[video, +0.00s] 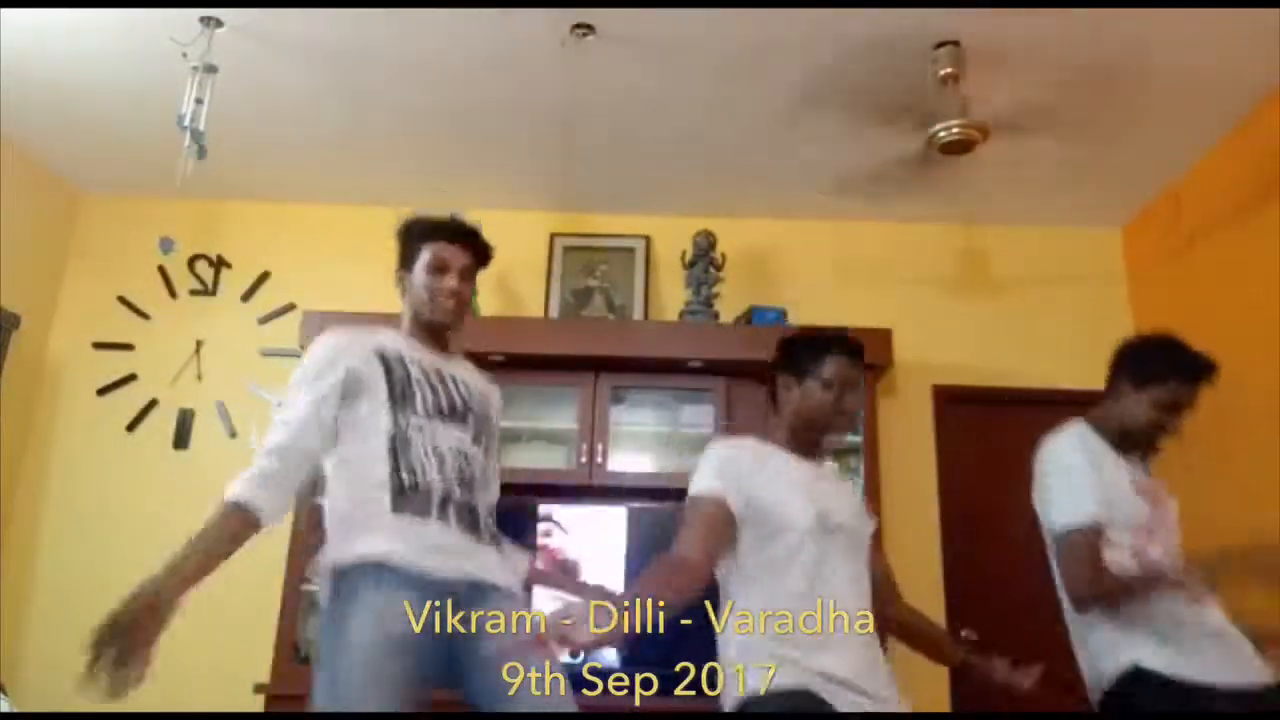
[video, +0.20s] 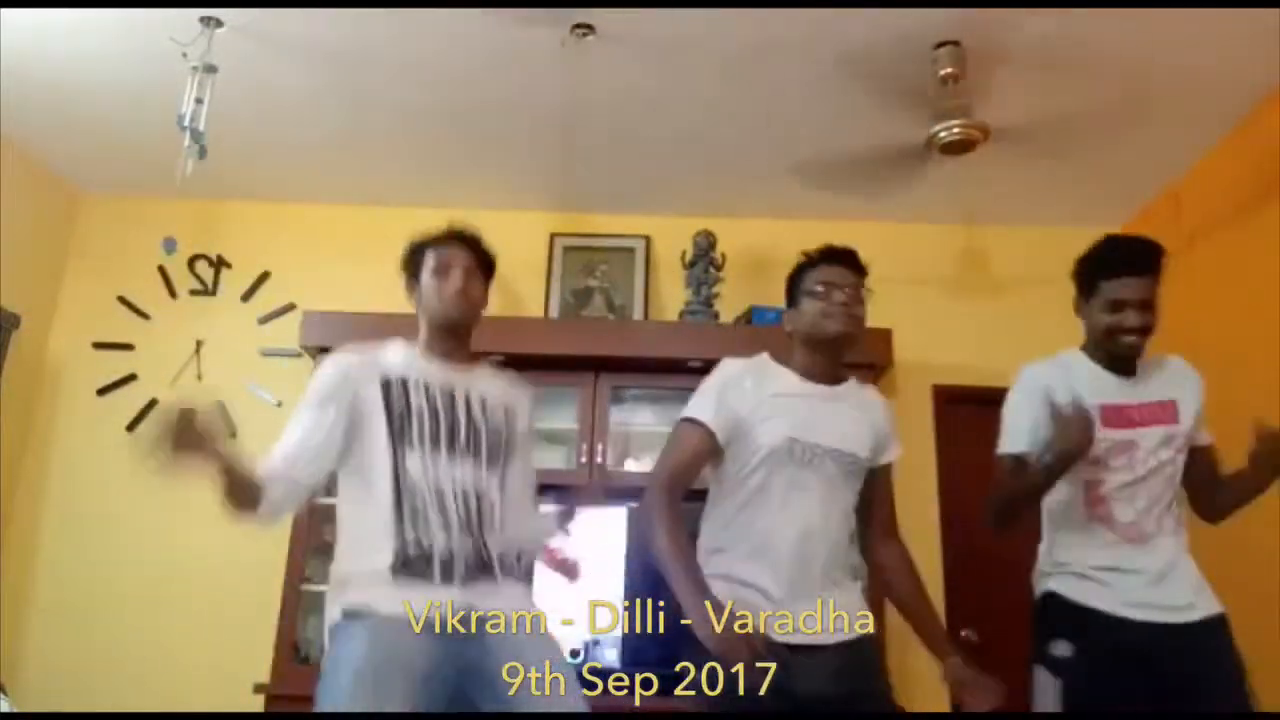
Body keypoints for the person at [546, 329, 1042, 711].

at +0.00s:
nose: (842, 402)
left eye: (849, 390)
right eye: (829, 386)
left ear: (853, 399)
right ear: (784, 388)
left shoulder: (848, 495)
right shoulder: (733, 459)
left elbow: (889, 610)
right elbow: (690, 562)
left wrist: (979, 664)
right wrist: (607, 622)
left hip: (868, 691)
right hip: (779, 683)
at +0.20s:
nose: (843, 299)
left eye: (855, 293)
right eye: (823, 290)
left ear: (865, 315)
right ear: (790, 314)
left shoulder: (870, 408)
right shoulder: (738, 381)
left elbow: (882, 540)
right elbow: (660, 495)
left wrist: (948, 656)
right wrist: (705, 620)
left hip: (842, 651)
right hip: (740, 649)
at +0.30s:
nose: (806, 318)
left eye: (823, 307)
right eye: (793, 308)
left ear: (847, 329)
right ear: (775, 329)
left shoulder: (872, 426)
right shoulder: (726, 402)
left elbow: (876, 562)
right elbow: (661, 530)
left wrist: (892, 673)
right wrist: (693, 648)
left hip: (836, 673)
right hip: (730, 671)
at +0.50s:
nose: (728, 335)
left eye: (749, 324)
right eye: (722, 322)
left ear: (789, 350)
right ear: (709, 338)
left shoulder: (828, 444)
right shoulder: (679, 433)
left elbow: (879, 578)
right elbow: (639, 554)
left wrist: (871, 689)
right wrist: (623, 660)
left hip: (788, 692)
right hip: (678, 687)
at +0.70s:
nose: (672, 298)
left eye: (691, 287)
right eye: (675, 288)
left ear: (738, 306)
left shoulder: (788, 387)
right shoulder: (661, 389)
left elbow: (837, 514)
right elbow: (613, 506)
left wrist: (842, 583)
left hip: (718, 636)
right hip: (617, 627)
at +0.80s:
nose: (651, 345)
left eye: (667, 333)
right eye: (654, 331)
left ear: (715, 345)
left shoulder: (773, 423)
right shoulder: (641, 430)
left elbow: (813, 552)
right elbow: (580, 543)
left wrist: (852, 581)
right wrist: (496, 598)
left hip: (712, 662)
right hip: (611, 655)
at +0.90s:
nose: (610, 424)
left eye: (623, 408)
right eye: (610, 410)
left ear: (675, 411)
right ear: (651, 415)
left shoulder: (743, 486)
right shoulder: (625, 504)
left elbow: (812, 596)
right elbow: (530, 578)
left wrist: (918, 597)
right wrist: (456, 595)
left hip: (701, 701)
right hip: (605, 700)